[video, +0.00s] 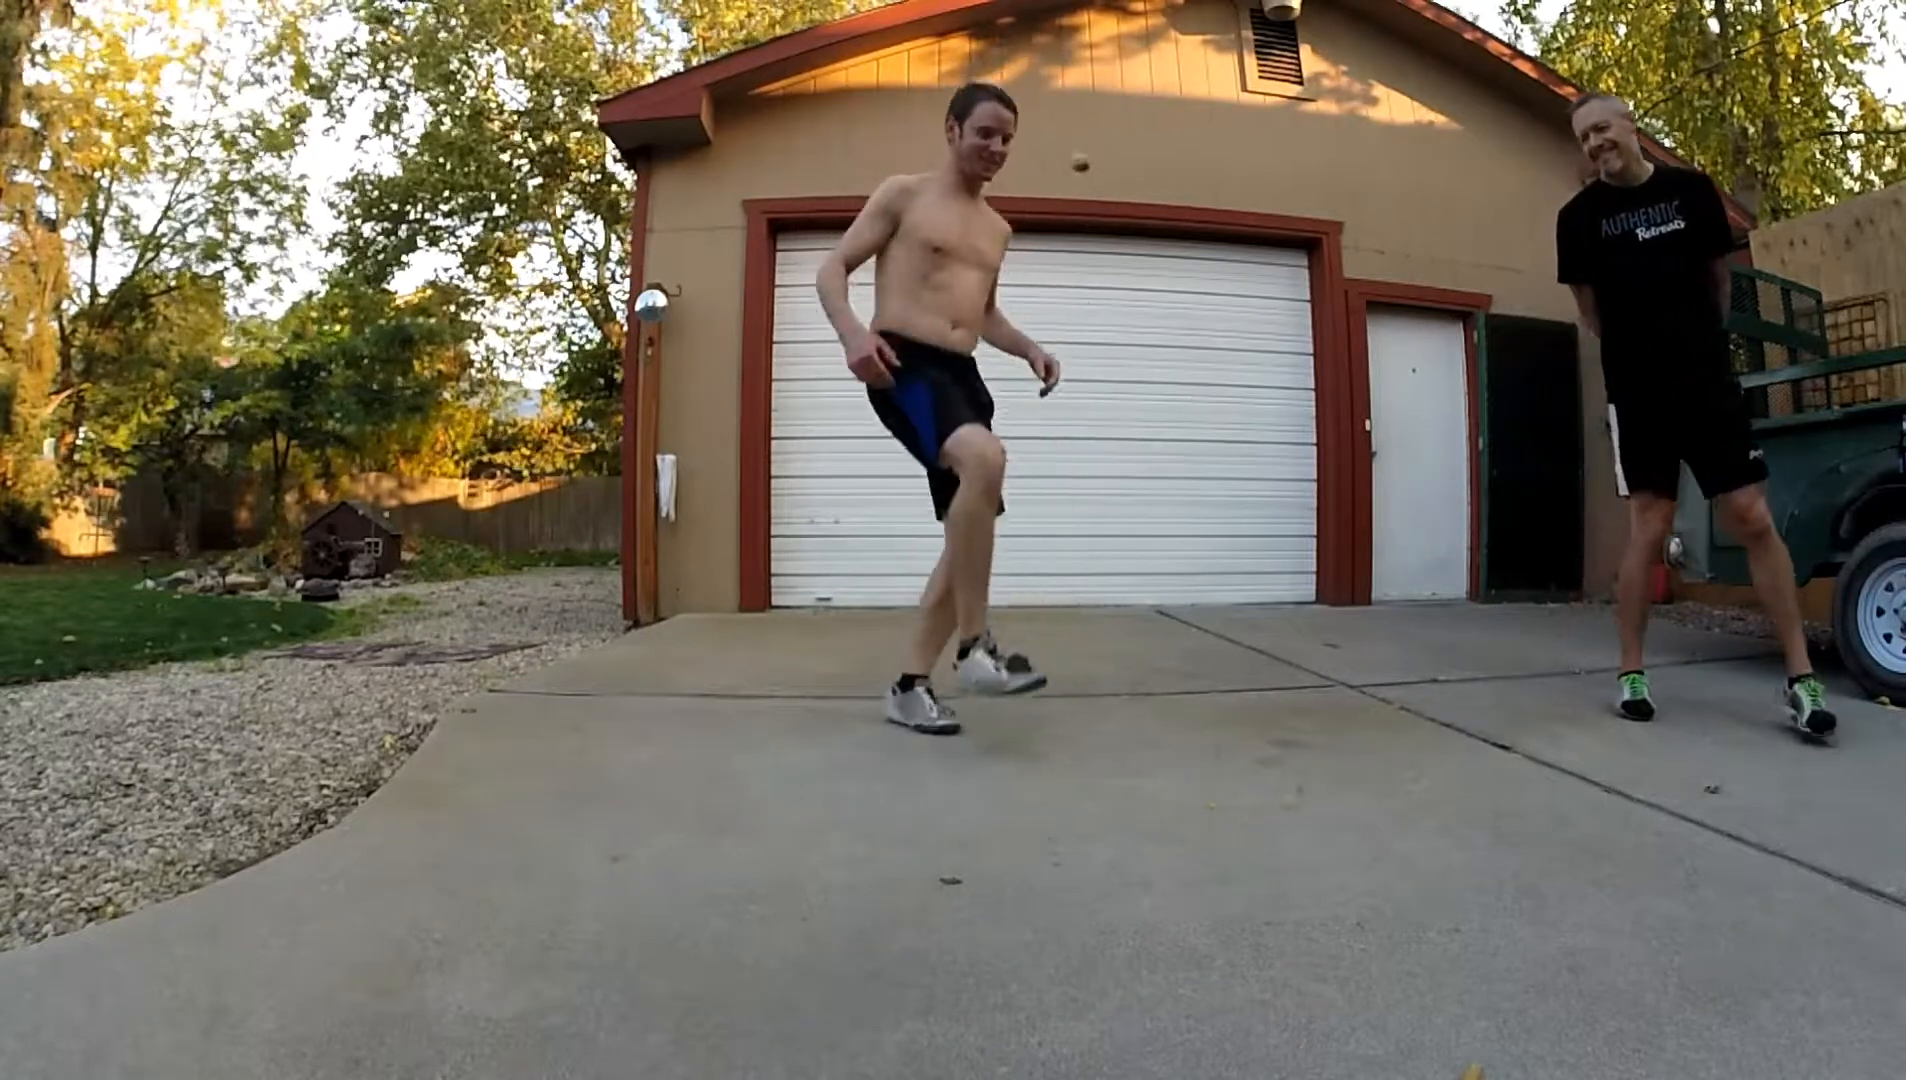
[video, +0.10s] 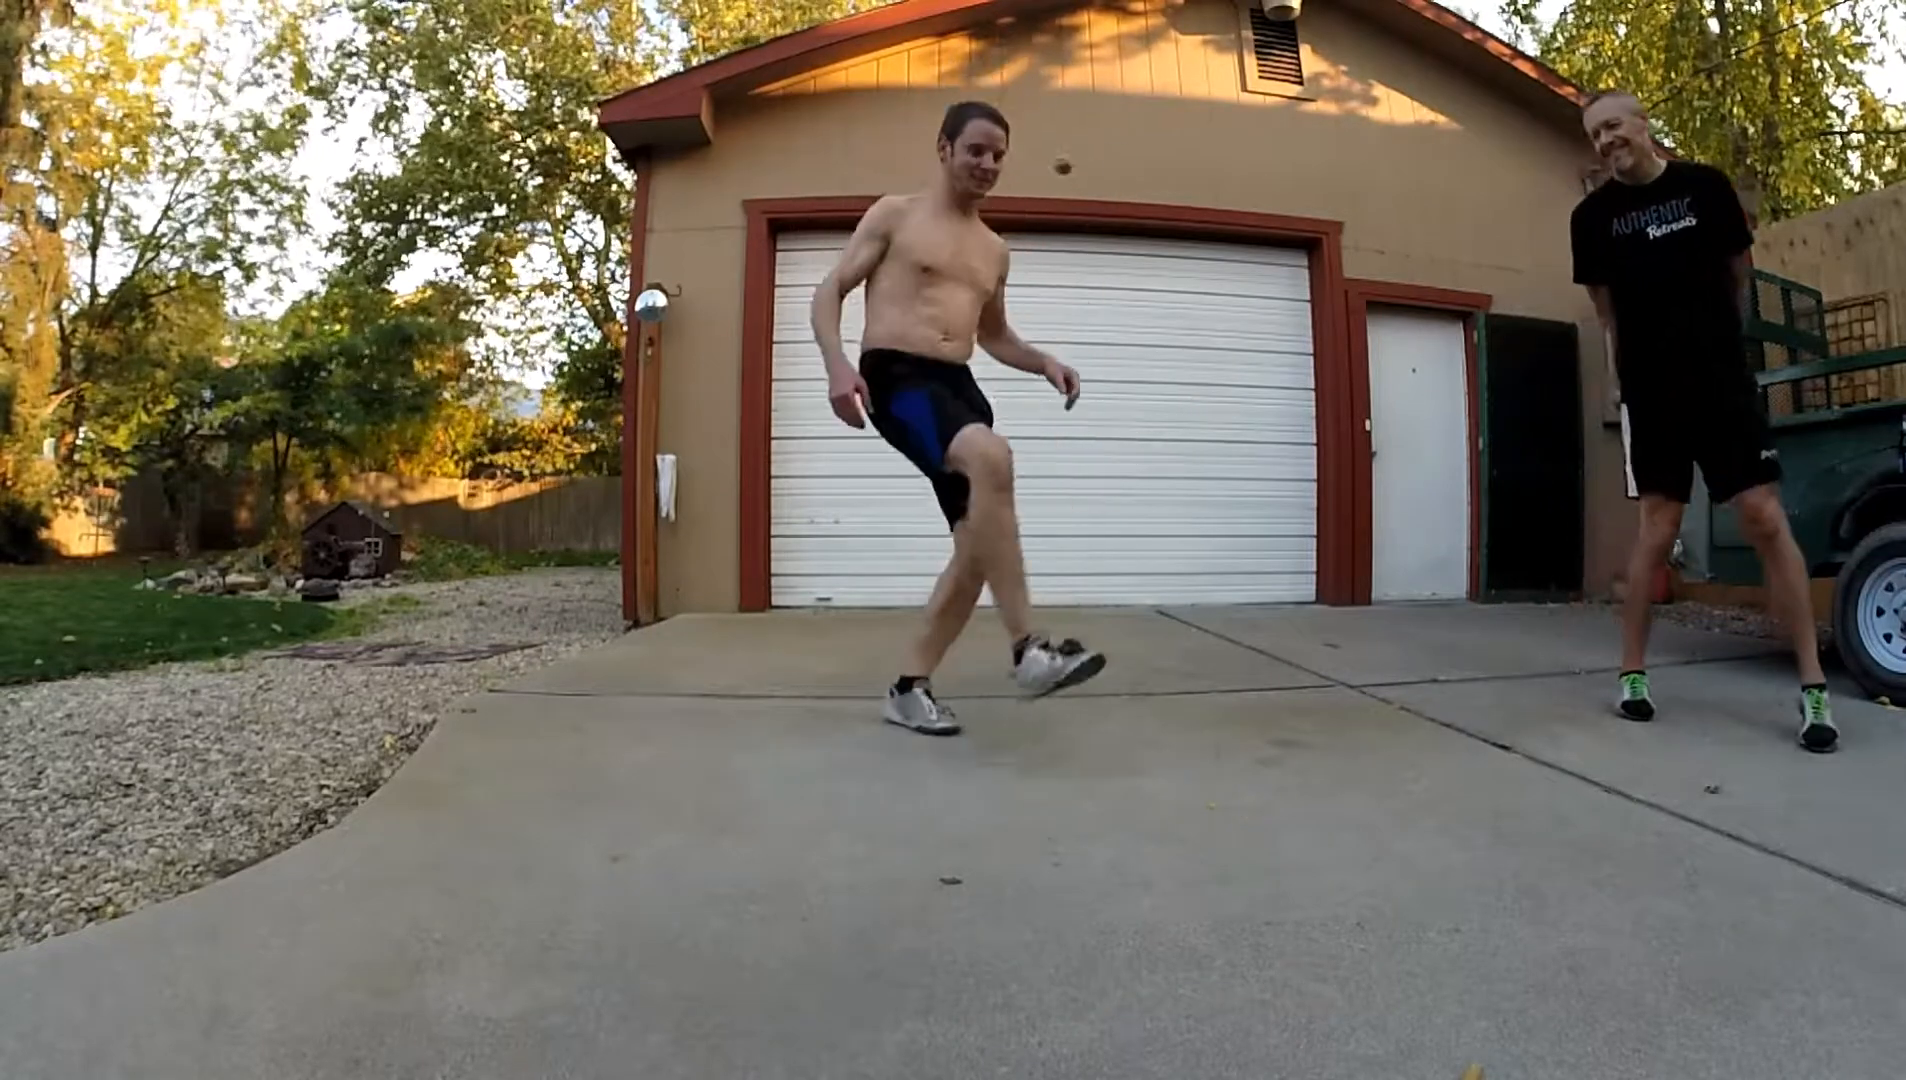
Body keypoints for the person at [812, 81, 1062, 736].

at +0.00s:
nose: (998, 147)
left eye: (1007, 138)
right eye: (987, 133)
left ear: (1012, 144)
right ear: (954, 132)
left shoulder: (997, 229)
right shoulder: (904, 193)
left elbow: (984, 314)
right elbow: (831, 272)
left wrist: (1031, 350)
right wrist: (854, 335)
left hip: (961, 373)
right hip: (901, 360)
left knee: (977, 522)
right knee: (985, 458)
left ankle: (912, 685)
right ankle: (974, 645)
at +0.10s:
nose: (987, 164)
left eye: (997, 156)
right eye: (977, 150)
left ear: (1004, 164)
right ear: (944, 149)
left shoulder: (993, 249)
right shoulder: (895, 213)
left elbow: (994, 333)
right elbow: (827, 294)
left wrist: (1045, 362)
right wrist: (837, 369)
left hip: (960, 383)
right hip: (897, 375)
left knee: (977, 544)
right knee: (991, 458)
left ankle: (911, 686)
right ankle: (1026, 649)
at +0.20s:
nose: (992, 155)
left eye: (1002, 145)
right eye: (981, 140)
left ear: (1009, 152)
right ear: (949, 137)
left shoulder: (1001, 235)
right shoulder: (896, 200)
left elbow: (1012, 313)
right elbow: (816, 273)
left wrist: (1054, 337)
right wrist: (832, 342)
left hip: (945, 373)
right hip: (884, 357)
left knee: (960, 533)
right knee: (994, 362)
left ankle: (909, 686)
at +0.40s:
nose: (995, 111)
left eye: (1005, 102)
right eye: (984, 97)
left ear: (1012, 112)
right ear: (952, 98)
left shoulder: (1000, 191)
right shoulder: (903, 156)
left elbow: (991, 268)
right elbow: (820, 226)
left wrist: (1029, 299)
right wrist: (847, 278)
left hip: (947, 348)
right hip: (882, 325)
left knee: (952, 511)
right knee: (980, 327)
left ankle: (925, 672)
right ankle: (978, 521)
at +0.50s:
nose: (987, 123)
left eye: (997, 115)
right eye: (975, 110)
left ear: (1002, 124)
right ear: (942, 111)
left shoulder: (992, 207)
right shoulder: (896, 173)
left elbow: (980, 291)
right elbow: (820, 251)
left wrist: (1024, 326)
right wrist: (840, 309)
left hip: (952, 358)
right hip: (891, 343)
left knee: (957, 527)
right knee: (964, 432)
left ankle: (908, 687)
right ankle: (958, 631)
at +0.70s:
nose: (982, 148)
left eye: (993, 139)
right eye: (971, 133)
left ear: (999, 149)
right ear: (939, 132)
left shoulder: (992, 234)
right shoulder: (884, 198)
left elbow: (1003, 317)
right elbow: (808, 276)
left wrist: (1054, 343)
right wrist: (824, 355)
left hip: (939, 370)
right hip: (874, 356)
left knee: (965, 539)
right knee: (973, 388)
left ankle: (905, 694)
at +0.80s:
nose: (989, 125)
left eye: (1001, 116)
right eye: (978, 109)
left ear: (1009, 125)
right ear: (945, 107)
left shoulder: (998, 207)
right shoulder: (890, 172)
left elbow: (1008, 283)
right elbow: (801, 245)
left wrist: (1044, 307)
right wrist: (824, 316)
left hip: (938, 369)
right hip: (873, 347)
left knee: (947, 520)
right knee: (960, 271)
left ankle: (909, 687)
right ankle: (1045, 426)